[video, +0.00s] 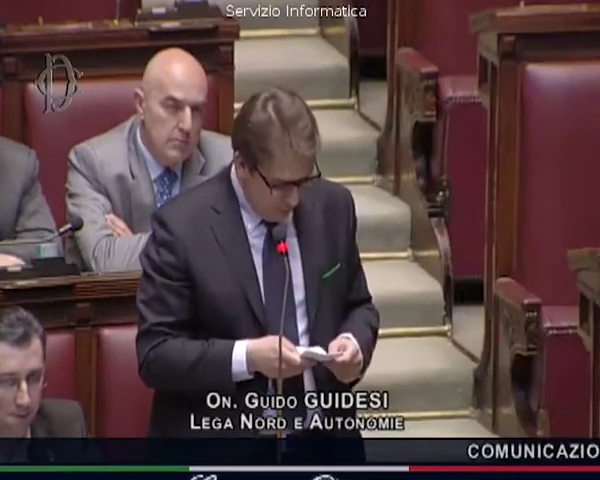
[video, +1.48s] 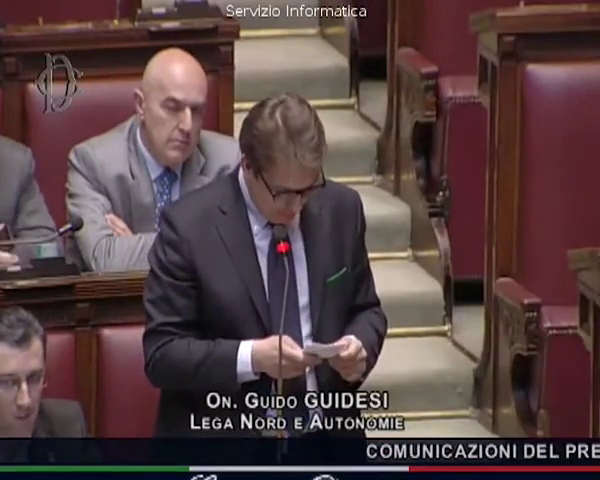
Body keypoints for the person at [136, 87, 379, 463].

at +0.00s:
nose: (294, 199)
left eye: (303, 183)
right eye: (280, 186)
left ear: (313, 163)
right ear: (242, 167)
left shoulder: (333, 205)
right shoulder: (180, 225)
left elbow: (360, 307)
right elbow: (155, 355)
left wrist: (354, 341)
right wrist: (245, 357)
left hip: (320, 439)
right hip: (217, 444)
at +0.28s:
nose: (294, 201)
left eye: (304, 185)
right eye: (281, 188)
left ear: (314, 163)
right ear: (244, 168)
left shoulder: (337, 206)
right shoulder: (182, 224)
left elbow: (364, 309)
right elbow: (157, 355)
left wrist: (357, 343)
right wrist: (246, 358)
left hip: (322, 439)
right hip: (218, 444)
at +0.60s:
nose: (297, 206)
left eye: (308, 189)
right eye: (284, 192)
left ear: (317, 166)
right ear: (246, 170)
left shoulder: (340, 207)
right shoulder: (185, 224)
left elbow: (368, 310)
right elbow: (159, 355)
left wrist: (359, 344)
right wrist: (247, 359)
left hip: (324, 441)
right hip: (220, 446)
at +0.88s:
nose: (297, 205)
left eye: (309, 189)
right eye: (284, 191)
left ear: (320, 167)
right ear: (247, 169)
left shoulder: (342, 208)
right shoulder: (187, 223)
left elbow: (369, 311)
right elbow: (161, 355)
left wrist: (360, 345)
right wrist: (250, 359)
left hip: (325, 443)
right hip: (221, 447)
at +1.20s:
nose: (297, 207)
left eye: (309, 191)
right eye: (284, 193)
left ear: (320, 167)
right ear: (248, 169)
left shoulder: (342, 208)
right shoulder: (187, 223)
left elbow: (369, 312)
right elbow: (162, 354)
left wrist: (360, 345)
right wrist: (250, 359)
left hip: (325, 442)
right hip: (221, 446)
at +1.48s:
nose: (296, 207)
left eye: (308, 191)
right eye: (283, 193)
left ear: (319, 168)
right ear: (247, 168)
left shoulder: (341, 208)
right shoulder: (187, 223)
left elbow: (368, 311)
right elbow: (162, 354)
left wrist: (359, 346)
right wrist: (250, 358)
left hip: (323, 441)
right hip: (220, 445)